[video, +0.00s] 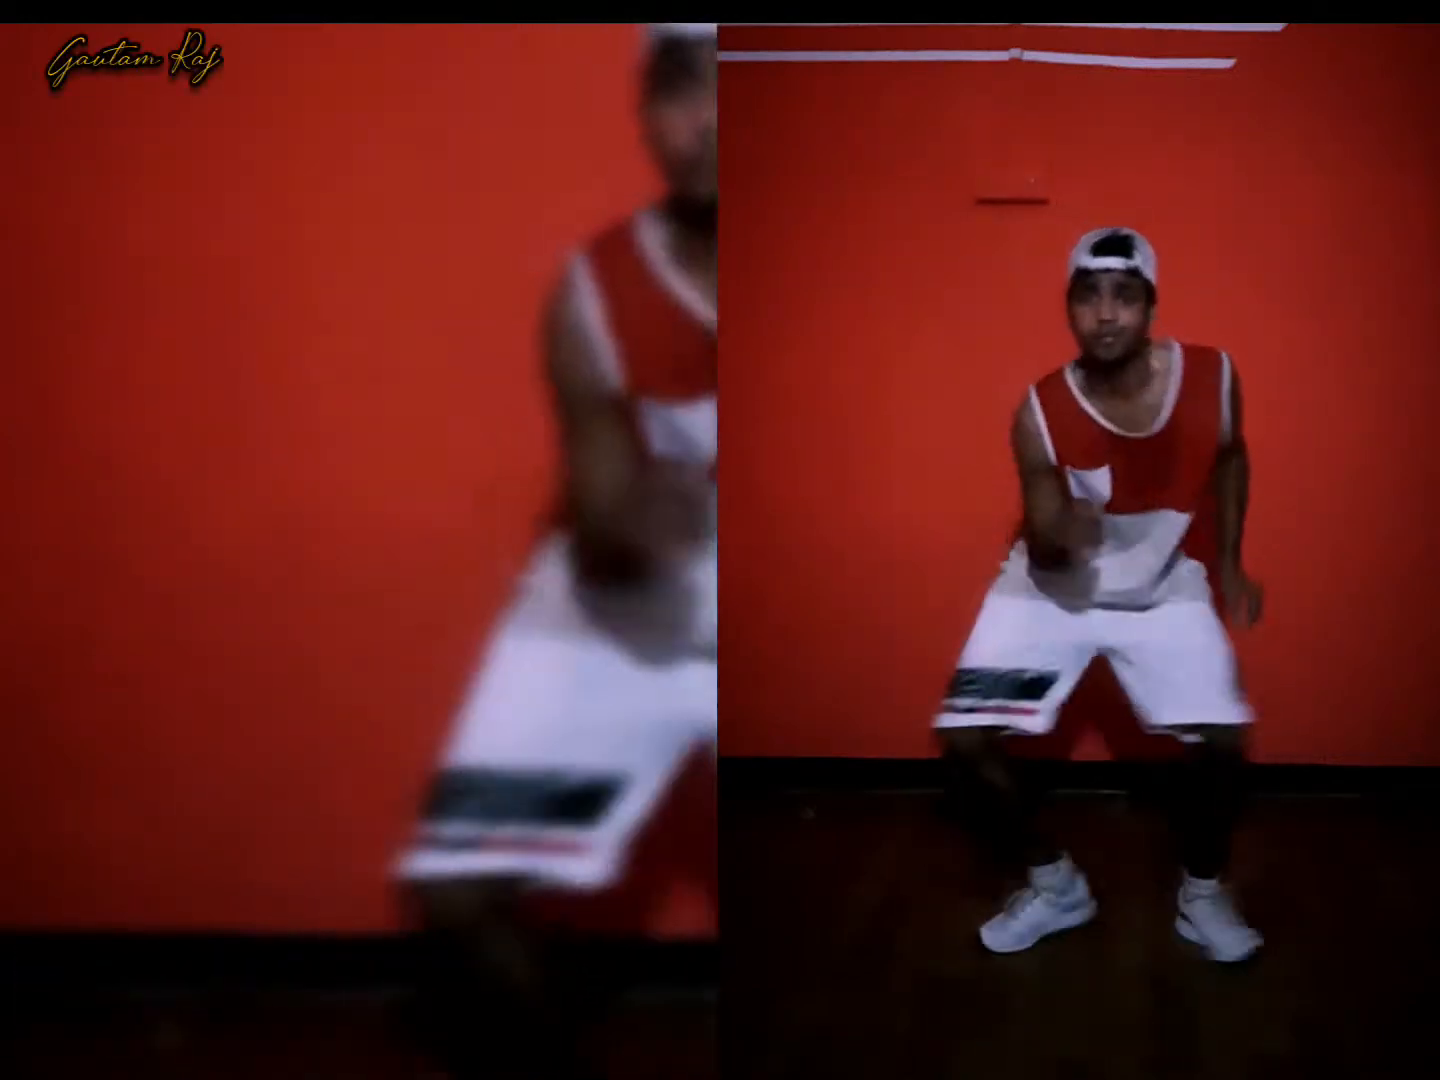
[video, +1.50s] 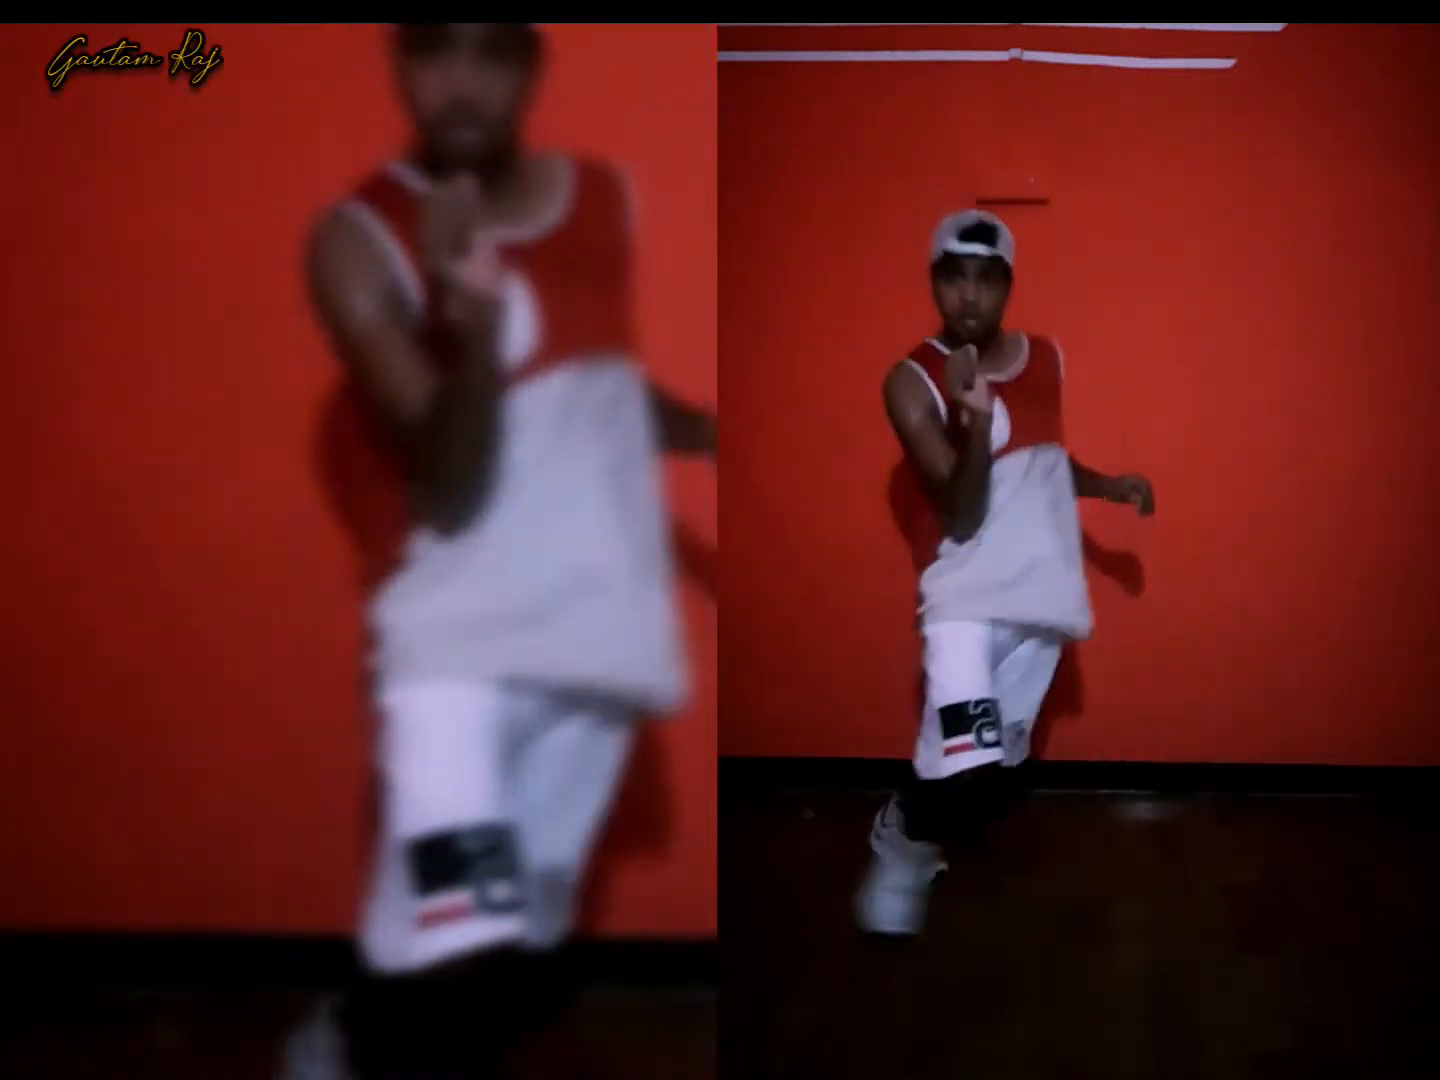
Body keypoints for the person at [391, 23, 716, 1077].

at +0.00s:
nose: (703, 136)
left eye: (722, 107)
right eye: (680, 107)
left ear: (761, 122)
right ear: (649, 122)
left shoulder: (823, 268)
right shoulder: (605, 286)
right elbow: (607, 540)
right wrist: (647, 518)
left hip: (772, 597)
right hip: (625, 595)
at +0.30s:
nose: (709, 143)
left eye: (727, 112)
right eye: (681, 112)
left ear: (759, 128)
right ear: (630, 125)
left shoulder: (787, 247)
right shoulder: (548, 249)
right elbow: (484, 446)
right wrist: (478, 661)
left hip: (755, 626)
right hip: (619, 616)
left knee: (751, 889)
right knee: (632, 879)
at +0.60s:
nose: (586, 155)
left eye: (622, 124)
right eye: (556, 121)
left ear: (670, 148)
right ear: (518, 142)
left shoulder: (741, 298)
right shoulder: (487, 279)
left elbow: (821, 477)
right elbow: (487, 462)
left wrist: (736, 572)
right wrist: (493, 598)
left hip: (711, 662)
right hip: (548, 646)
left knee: (789, 910)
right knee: (425, 895)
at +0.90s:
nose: (623, 119)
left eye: (657, 86)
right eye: (593, 84)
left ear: (705, 110)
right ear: (554, 106)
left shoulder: (756, 258)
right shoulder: (479, 217)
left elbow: (787, 481)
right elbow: (521, 383)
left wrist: (702, 659)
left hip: (732, 611)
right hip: (573, 591)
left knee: (765, 909)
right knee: (466, 885)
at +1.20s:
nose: (498, 119)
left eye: (531, 85)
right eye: (469, 86)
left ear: (581, 104)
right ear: (438, 111)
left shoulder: (705, 242)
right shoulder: (402, 283)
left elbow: (793, 392)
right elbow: (328, 439)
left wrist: (747, 520)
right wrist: (435, 523)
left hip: (699, 626)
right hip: (515, 629)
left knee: (789, 902)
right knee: (474, 918)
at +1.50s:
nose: (460, 85)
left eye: (490, 55)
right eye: (434, 54)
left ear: (533, 71)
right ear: (401, 72)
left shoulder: (595, 197)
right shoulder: (362, 237)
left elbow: (595, 386)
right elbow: (444, 485)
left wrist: (723, 435)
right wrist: (468, 337)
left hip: (600, 629)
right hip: (456, 633)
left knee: (527, 962)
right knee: (450, 955)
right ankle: (330, 1053)